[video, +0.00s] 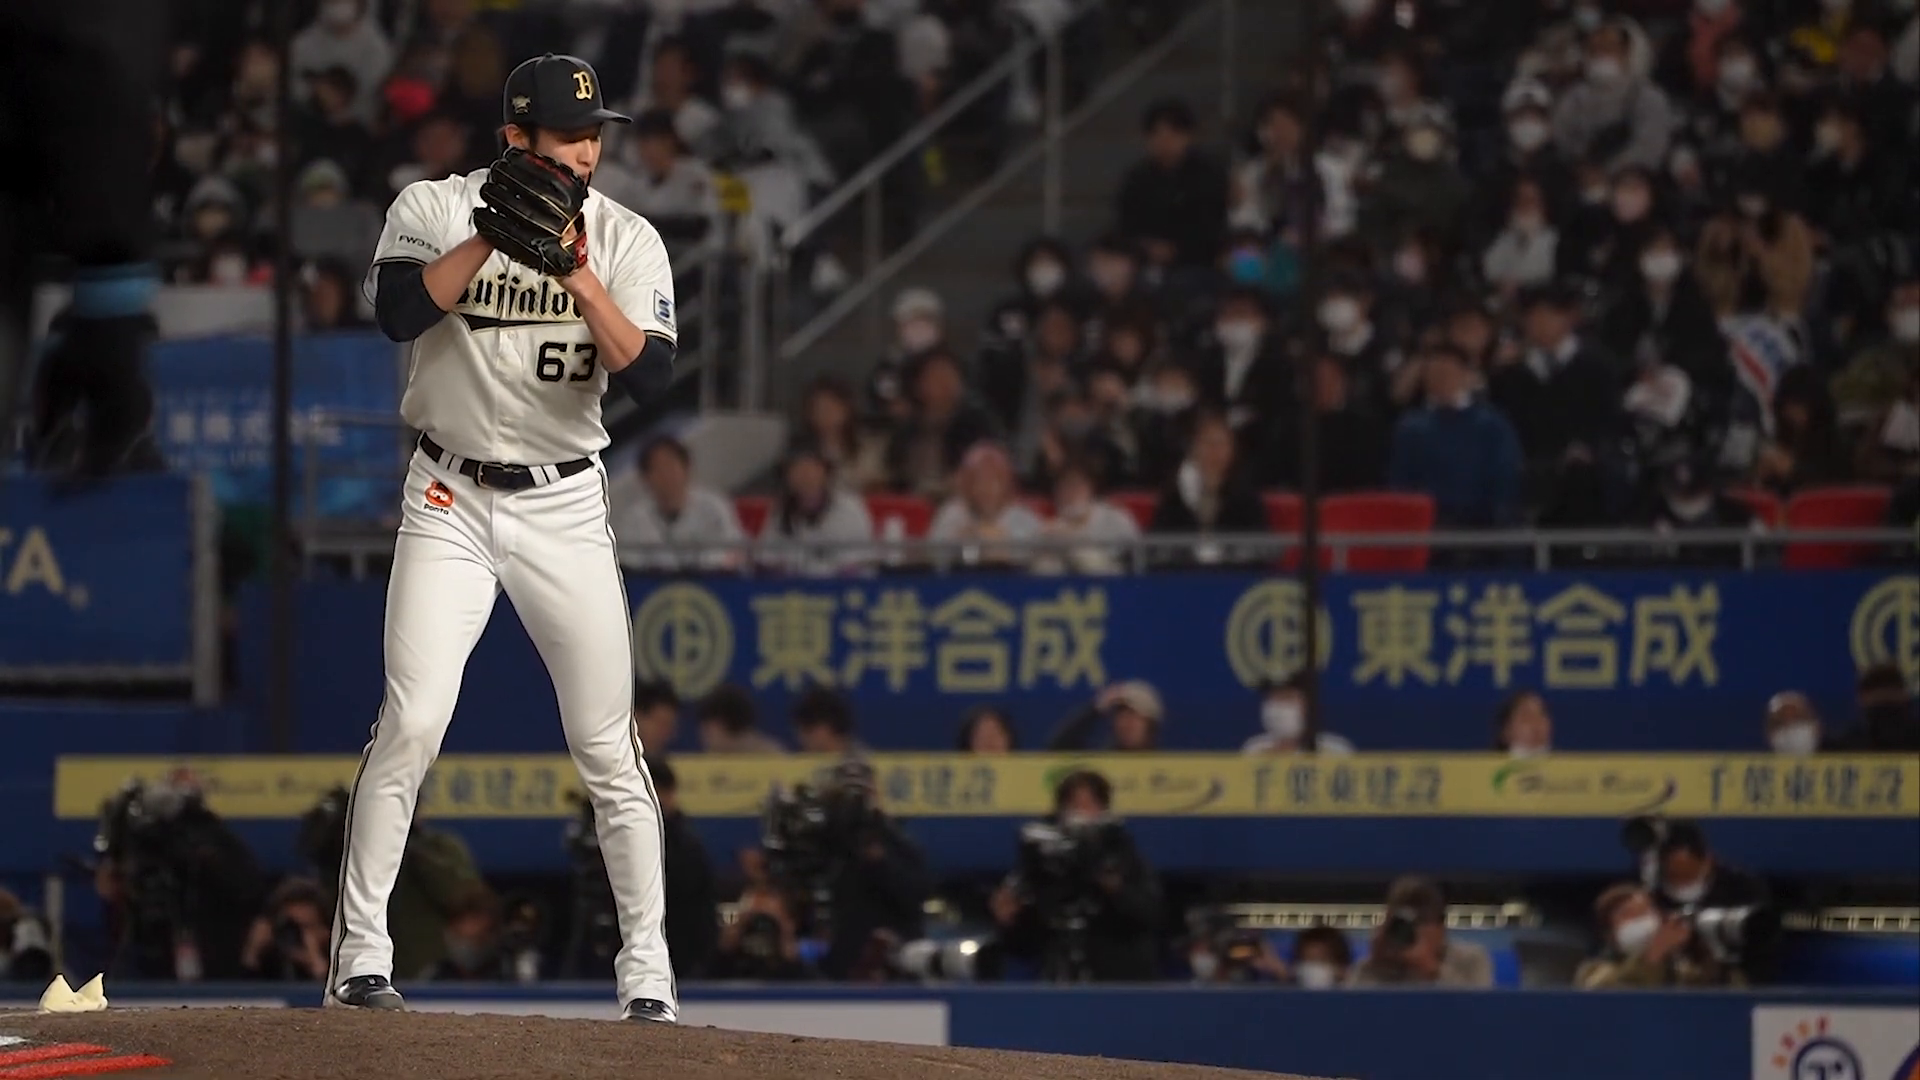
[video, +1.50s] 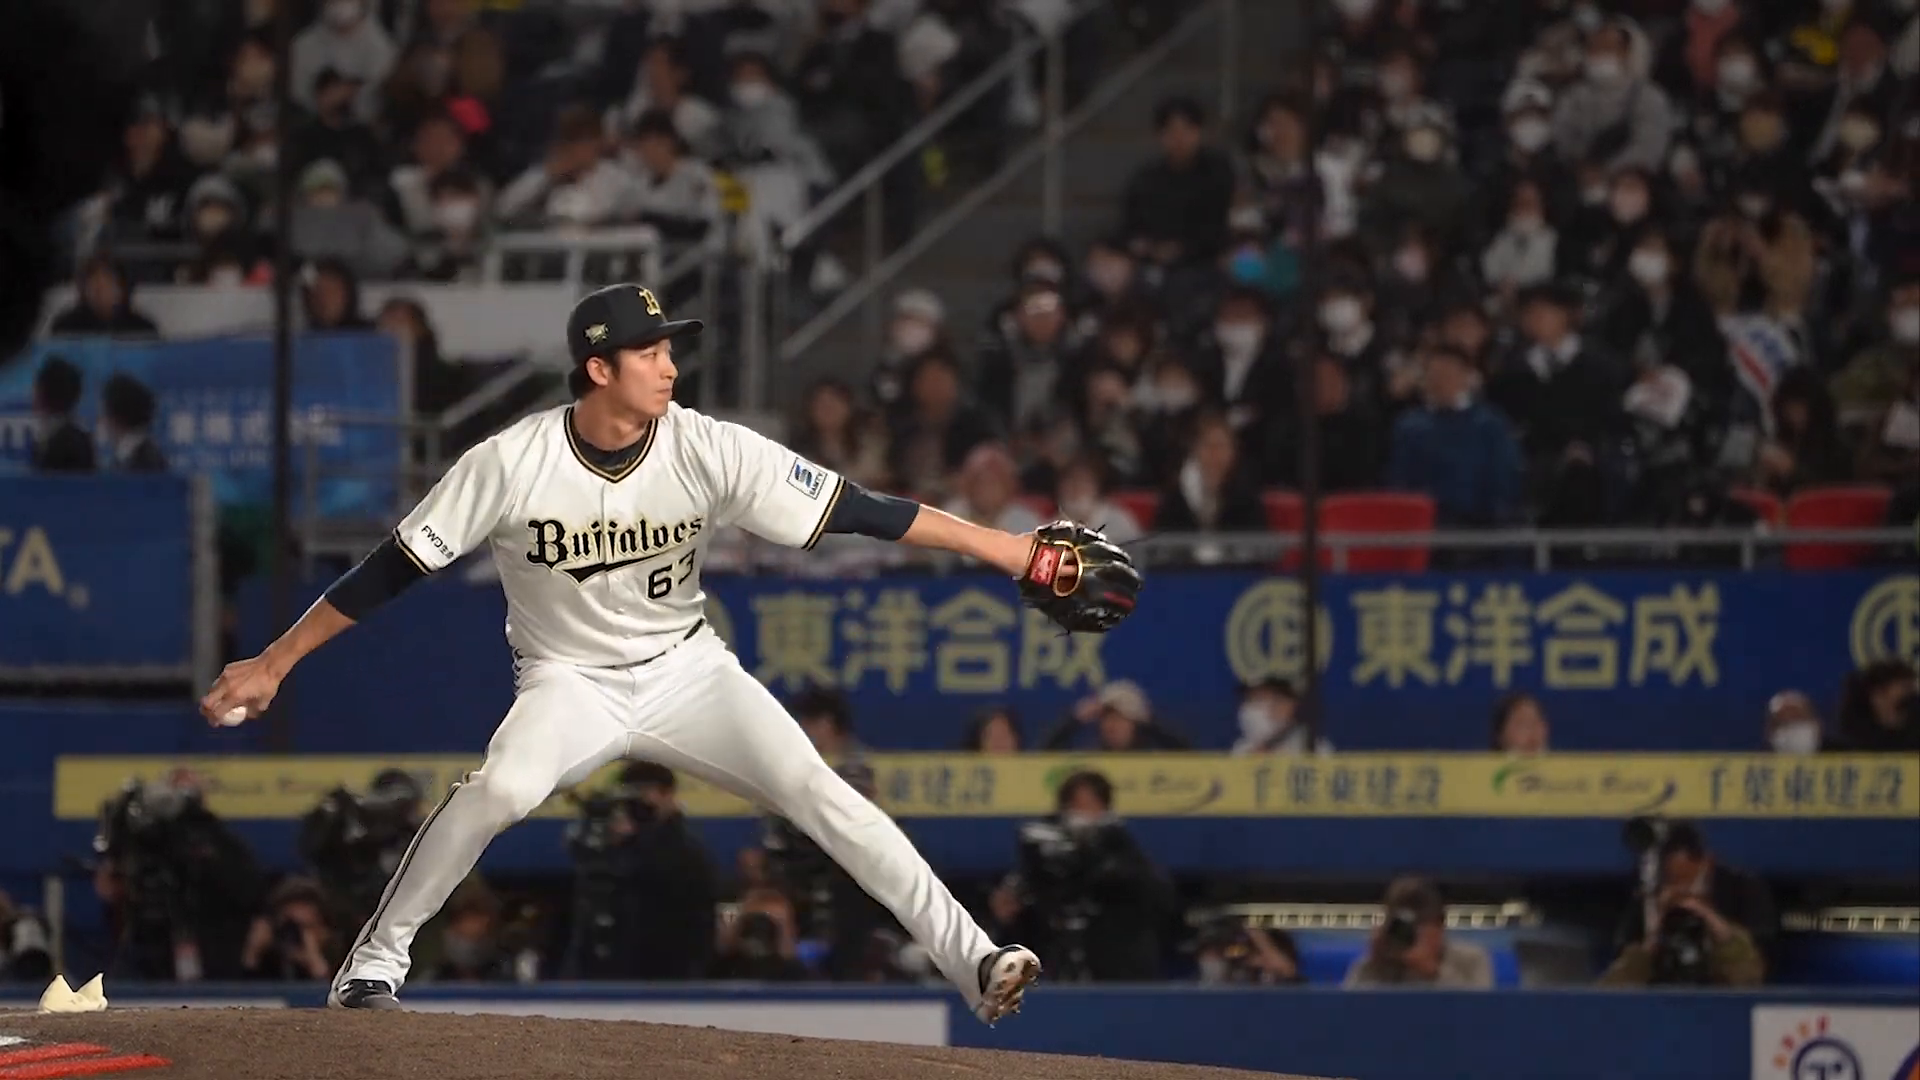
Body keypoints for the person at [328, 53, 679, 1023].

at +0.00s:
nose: (580, 154)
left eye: (591, 137)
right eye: (563, 136)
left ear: (602, 139)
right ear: (514, 131)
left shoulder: (628, 239)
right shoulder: (434, 207)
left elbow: (652, 379)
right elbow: (394, 315)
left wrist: (581, 277)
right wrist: (492, 236)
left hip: (566, 511)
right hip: (448, 500)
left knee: (606, 748)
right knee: (411, 723)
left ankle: (648, 979)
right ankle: (360, 959)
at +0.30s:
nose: (585, 138)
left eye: (591, 121)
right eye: (566, 121)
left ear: (594, 132)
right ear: (514, 129)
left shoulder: (627, 238)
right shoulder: (428, 221)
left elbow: (656, 376)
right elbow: (403, 343)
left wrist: (581, 277)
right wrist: (489, 248)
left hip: (567, 513)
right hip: (447, 503)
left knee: (605, 750)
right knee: (411, 723)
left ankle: (646, 976)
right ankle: (360, 960)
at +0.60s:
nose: (591, 131)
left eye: (593, 115)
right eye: (572, 115)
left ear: (590, 130)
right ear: (519, 126)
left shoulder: (626, 235)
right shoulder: (431, 220)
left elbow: (663, 372)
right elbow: (409, 342)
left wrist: (591, 276)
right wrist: (495, 246)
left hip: (568, 511)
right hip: (448, 502)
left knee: (605, 750)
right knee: (412, 724)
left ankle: (646, 978)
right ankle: (361, 960)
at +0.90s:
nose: (592, 133)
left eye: (594, 118)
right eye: (574, 117)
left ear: (589, 132)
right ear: (519, 126)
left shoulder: (624, 236)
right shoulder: (428, 220)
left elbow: (659, 373)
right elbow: (408, 343)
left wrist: (588, 276)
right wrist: (492, 247)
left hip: (567, 512)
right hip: (449, 503)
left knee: (605, 749)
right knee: (414, 724)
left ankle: (647, 976)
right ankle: (359, 958)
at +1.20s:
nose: (600, 183)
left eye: (600, 168)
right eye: (582, 168)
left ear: (584, 181)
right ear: (526, 180)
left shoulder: (627, 285)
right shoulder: (430, 268)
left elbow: (683, 434)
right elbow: (386, 409)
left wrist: (635, 430)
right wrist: (481, 382)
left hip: (575, 529)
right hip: (458, 529)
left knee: (557, 678)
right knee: (413, 729)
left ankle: (537, 861)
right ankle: (363, 948)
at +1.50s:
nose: (673, 369)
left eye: (673, 353)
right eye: (654, 354)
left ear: (660, 366)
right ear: (594, 367)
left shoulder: (709, 449)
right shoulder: (505, 466)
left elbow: (858, 511)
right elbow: (392, 569)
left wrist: (1006, 548)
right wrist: (275, 662)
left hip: (692, 673)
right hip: (569, 687)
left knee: (815, 789)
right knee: (500, 792)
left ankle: (973, 962)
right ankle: (382, 947)